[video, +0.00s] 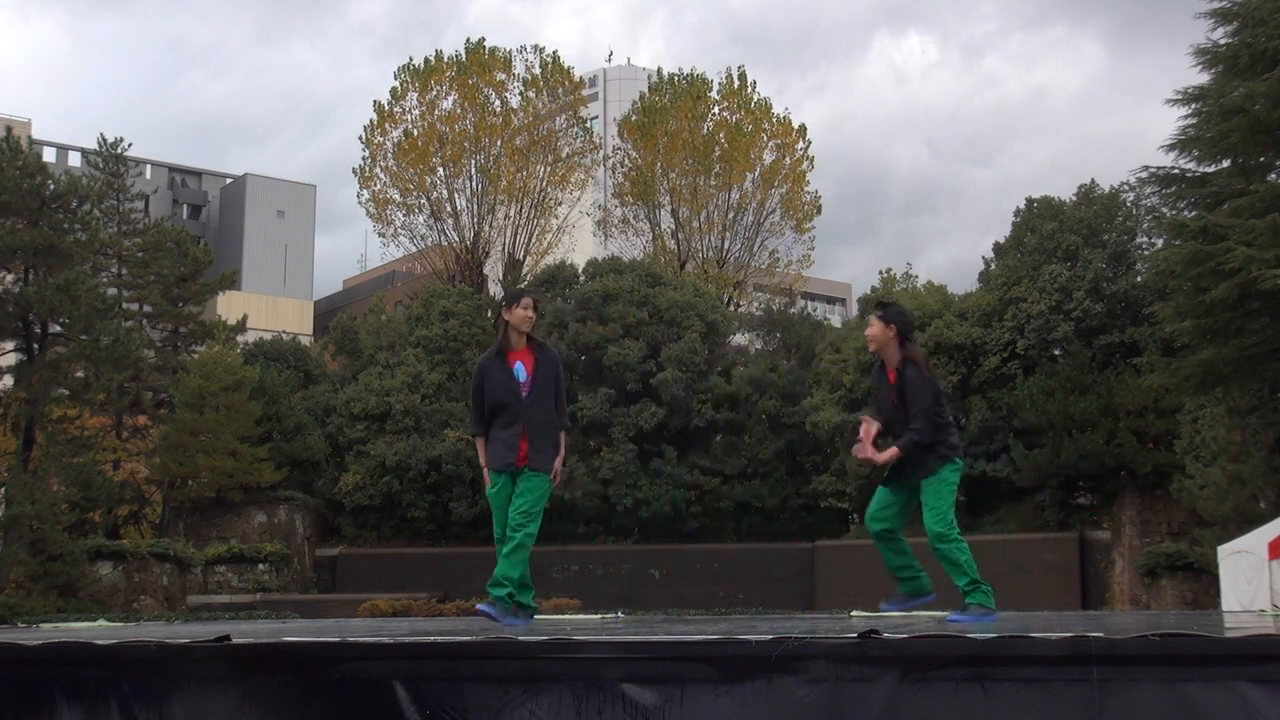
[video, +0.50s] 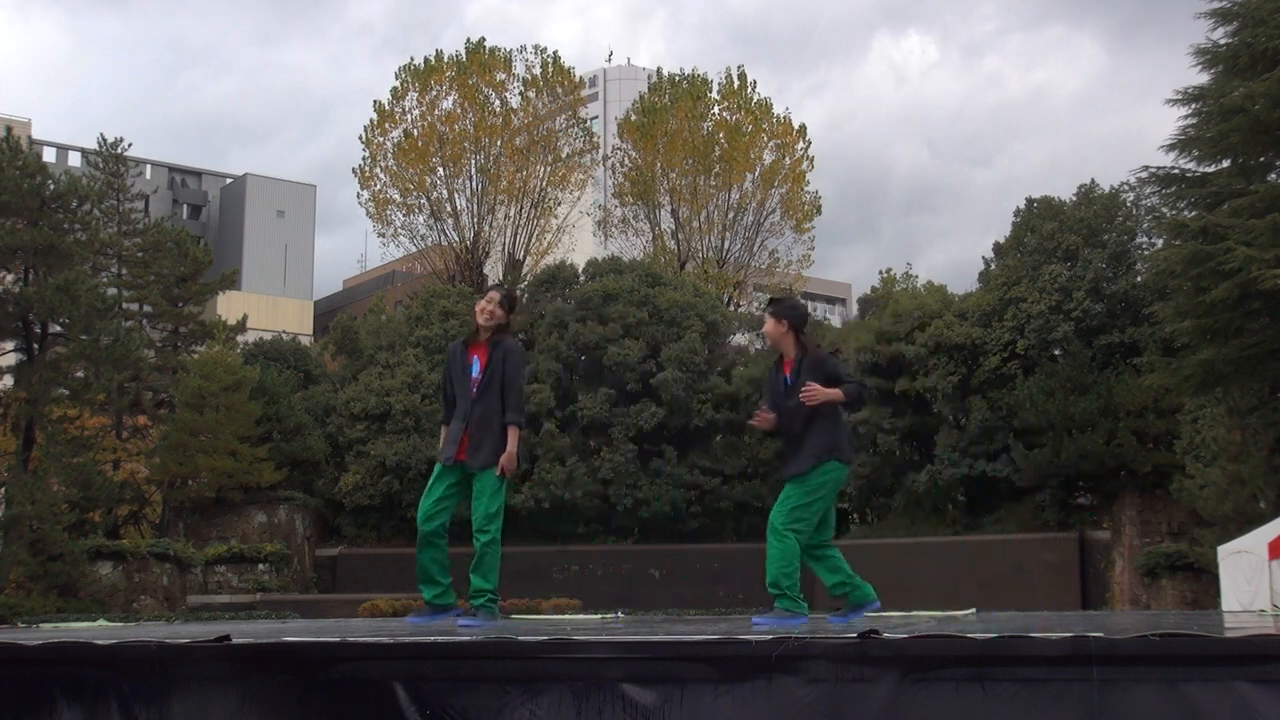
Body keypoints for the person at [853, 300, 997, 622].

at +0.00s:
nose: (866, 331)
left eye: (872, 325)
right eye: (868, 325)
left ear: (891, 331)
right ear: (885, 331)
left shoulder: (914, 371)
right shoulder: (881, 371)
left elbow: (922, 429)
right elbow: (885, 414)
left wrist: (884, 456)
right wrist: (874, 425)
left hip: (939, 460)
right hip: (907, 461)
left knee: (939, 529)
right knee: (879, 522)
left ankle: (980, 600)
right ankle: (916, 588)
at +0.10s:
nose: (844, 329)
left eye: (849, 323)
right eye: (845, 323)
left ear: (866, 327)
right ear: (866, 327)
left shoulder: (889, 364)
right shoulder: (866, 367)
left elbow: (899, 418)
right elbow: (879, 415)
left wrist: (860, 439)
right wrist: (861, 412)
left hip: (918, 463)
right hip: (889, 467)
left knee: (934, 534)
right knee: (857, 526)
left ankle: (979, 602)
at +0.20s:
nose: (822, 330)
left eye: (826, 323)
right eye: (823, 324)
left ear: (844, 326)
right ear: (844, 328)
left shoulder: (874, 363)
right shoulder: (841, 374)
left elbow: (881, 408)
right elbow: (850, 422)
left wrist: (837, 416)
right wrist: (828, 426)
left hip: (890, 461)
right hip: (858, 467)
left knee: (899, 528)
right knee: (839, 534)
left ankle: (967, 590)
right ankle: (865, 605)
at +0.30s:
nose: (800, 326)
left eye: (804, 319)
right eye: (802, 319)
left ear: (821, 324)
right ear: (821, 324)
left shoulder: (854, 358)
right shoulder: (822, 370)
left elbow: (870, 402)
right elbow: (828, 424)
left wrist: (825, 408)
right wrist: (812, 420)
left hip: (871, 458)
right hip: (840, 465)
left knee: (848, 523)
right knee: (830, 537)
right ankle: (864, 604)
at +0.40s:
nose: (779, 325)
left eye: (783, 318)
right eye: (780, 318)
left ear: (800, 323)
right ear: (801, 324)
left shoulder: (834, 355)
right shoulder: (800, 366)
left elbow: (865, 390)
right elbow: (796, 422)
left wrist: (826, 399)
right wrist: (795, 418)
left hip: (851, 453)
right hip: (830, 456)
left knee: (806, 511)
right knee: (839, 531)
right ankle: (866, 602)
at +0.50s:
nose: (763, 328)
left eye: (767, 322)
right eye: (764, 322)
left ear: (785, 326)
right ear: (784, 327)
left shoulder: (817, 361)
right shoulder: (777, 372)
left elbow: (859, 393)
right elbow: (785, 421)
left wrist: (831, 394)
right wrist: (772, 422)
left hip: (827, 457)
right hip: (806, 460)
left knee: (782, 523)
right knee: (815, 541)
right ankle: (861, 598)